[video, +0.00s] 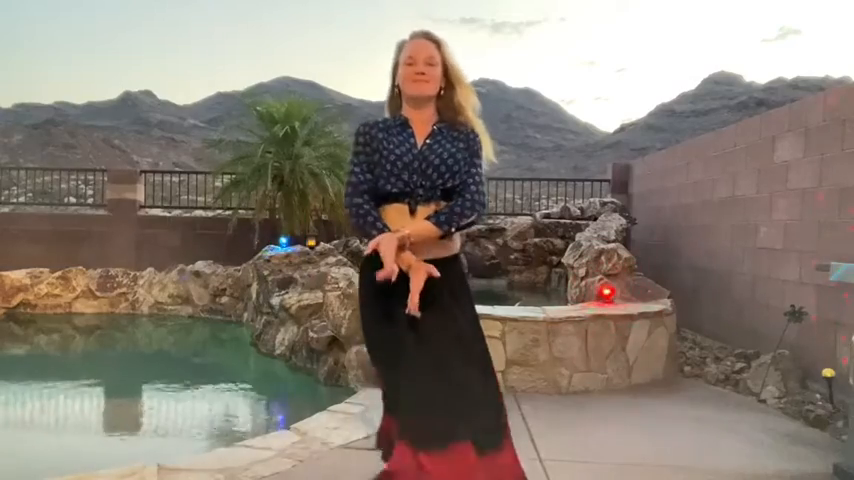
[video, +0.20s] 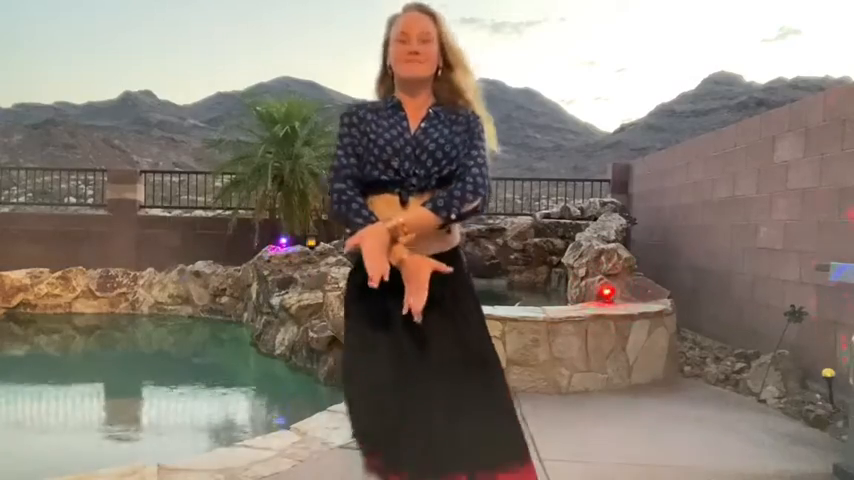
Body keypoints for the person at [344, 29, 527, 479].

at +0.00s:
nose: (420, 70)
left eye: (430, 63)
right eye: (411, 62)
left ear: (444, 76)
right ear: (396, 73)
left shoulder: (463, 136)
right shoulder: (372, 133)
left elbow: (471, 203)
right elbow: (357, 201)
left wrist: (404, 235)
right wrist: (402, 256)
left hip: (444, 273)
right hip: (386, 277)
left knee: (465, 384)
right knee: (406, 389)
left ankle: (470, 470)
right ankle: (413, 471)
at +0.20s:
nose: (413, 48)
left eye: (425, 41)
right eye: (403, 40)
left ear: (441, 56)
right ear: (387, 52)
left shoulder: (464, 121)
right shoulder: (359, 118)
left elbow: (473, 190)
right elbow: (342, 193)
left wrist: (387, 232)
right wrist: (403, 257)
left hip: (443, 275)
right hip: (375, 275)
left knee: (472, 403)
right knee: (383, 409)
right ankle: (390, 469)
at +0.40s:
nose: (404, 22)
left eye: (418, 13)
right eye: (392, 13)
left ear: (438, 33)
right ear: (375, 30)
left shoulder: (461, 102)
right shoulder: (342, 105)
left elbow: (467, 181)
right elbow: (322, 188)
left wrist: (366, 225)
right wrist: (380, 248)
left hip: (439, 277)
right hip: (361, 280)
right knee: (359, 429)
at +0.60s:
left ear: (433, 11)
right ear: (361, 8)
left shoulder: (457, 89)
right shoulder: (322, 95)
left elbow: (452, 187)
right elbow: (307, 196)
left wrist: (345, 235)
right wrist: (353, 256)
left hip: (426, 297)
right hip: (338, 304)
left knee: (443, 459)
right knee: (346, 461)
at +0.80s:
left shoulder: (465, 76)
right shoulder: (306, 77)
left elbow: (458, 188)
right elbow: (290, 190)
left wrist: (341, 256)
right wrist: (338, 281)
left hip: (421, 311)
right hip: (320, 310)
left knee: (443, 468)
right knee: (330, 469)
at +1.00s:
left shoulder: (481, 62)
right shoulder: (298, 54)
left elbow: (502, 185)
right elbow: (277, 186)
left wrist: (383, 266)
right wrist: (358, 299)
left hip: (442, 334)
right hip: (317, 331)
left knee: (465, 469)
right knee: (299, 468)